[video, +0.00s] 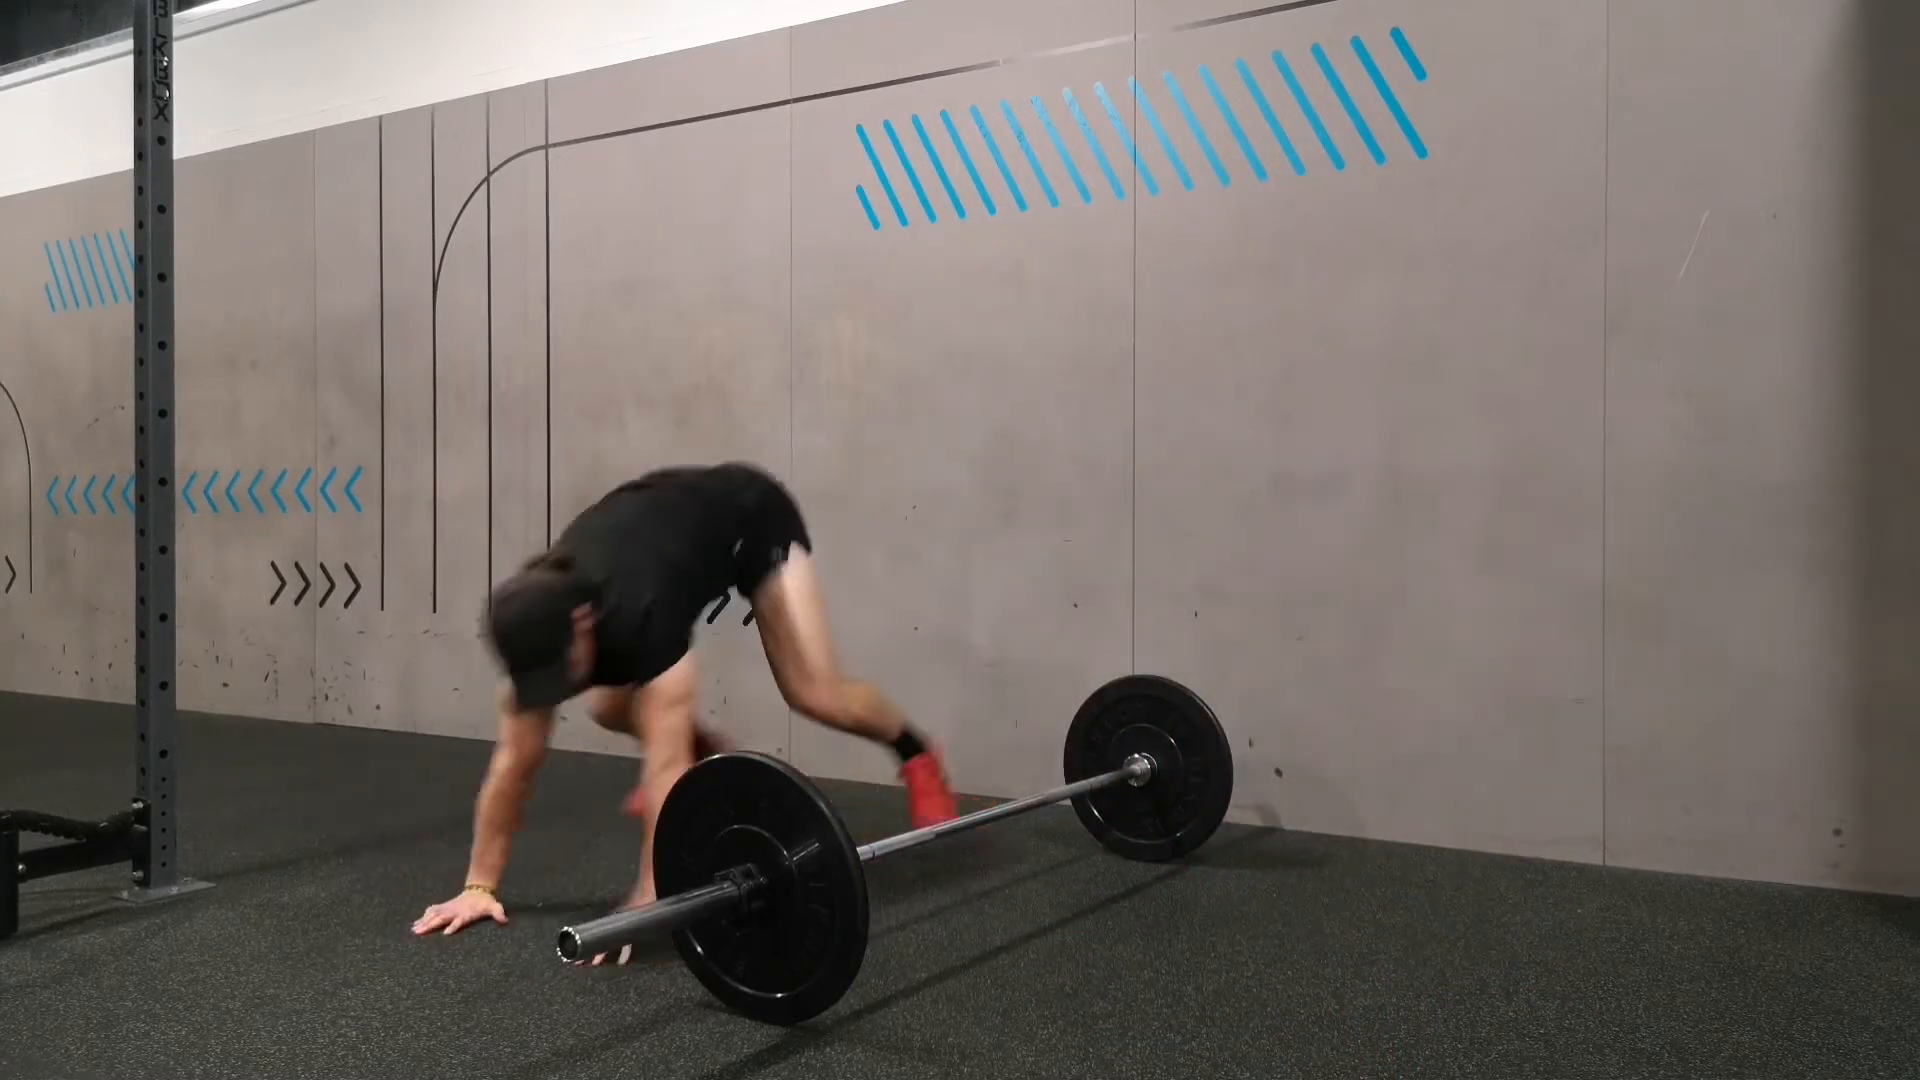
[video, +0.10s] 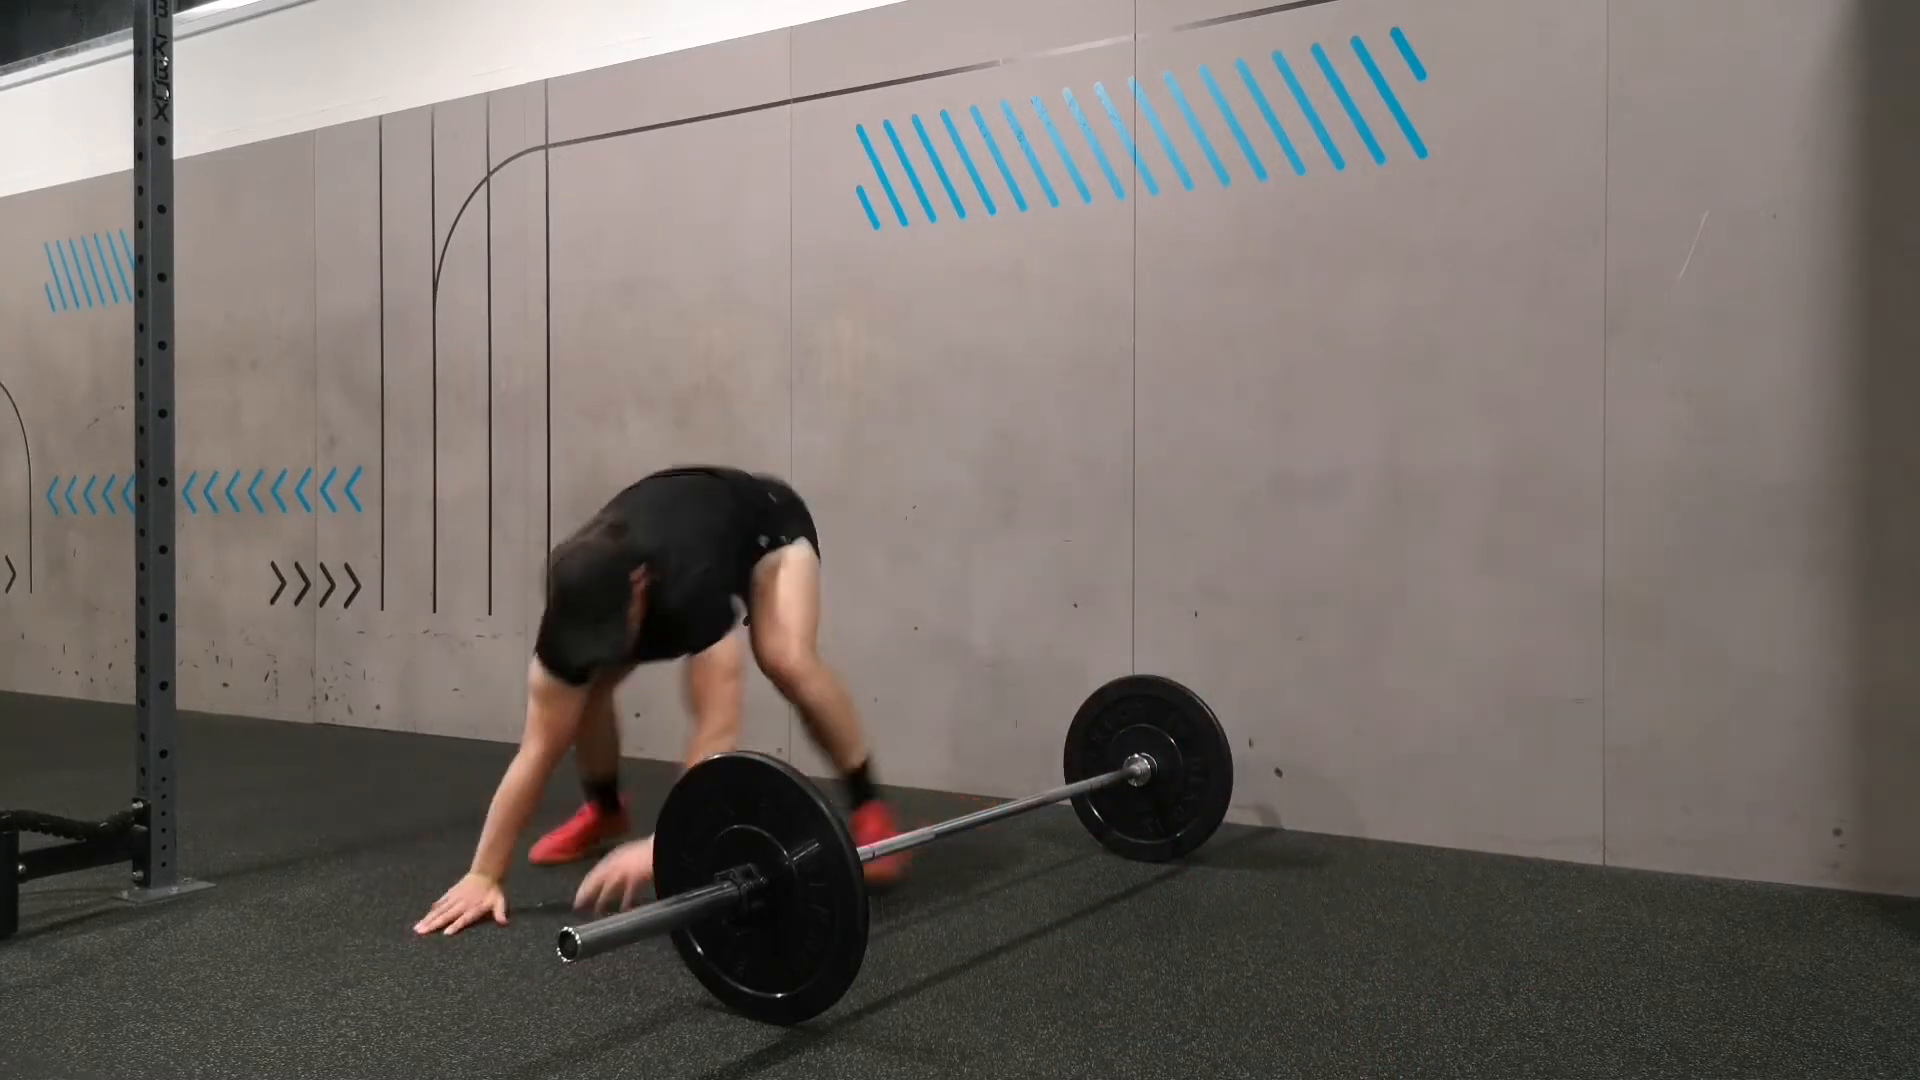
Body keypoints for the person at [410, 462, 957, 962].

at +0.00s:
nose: (564, 681)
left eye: (561, 669)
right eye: (548, 676)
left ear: (582, 623)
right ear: (516, 645)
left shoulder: (644, 607)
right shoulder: (534, 627)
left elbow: (669, 775)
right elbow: (512, 765)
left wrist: (644, 901)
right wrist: (480, 887)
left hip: (749, 513)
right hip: (664, 518)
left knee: (815, 695)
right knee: (612, 704)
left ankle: (916, 750)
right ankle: (710, 755)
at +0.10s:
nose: (596, 663)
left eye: (607, 646)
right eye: (582, 652)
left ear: (638, 591)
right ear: (557, 607)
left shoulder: (694, 589)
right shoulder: (568, 618)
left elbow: (719, 730)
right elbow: (538, 748)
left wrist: (670, 842)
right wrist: (483, 874)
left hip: (764, 518)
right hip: (664, 510)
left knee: (786, 658)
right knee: (583, 687)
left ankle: (869, 805)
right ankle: (604, 810)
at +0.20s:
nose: (642, 611)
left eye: (657, 600)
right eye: (637, 601)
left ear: (687, 558)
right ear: (615, 557)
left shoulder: (741, 554)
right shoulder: (594, 568)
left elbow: (766, 699)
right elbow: (545, 698)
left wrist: (694, 807)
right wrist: (499, 827)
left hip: (778, 572)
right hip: (676, 582)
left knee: (792, 694)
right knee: (581, 714)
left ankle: (859, 840)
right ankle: (602, 821)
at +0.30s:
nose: (713, 491)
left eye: (724, 479)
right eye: (701, 479)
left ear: (748, 459)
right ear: (680, 458)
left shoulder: (792, 479)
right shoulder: (658, 483)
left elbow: (812, 644)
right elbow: (591, 602)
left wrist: (747, 751)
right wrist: (554, 712)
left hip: (804, 579)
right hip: (713, 576)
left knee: (829, 705)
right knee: (609, 712)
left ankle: (860, 845)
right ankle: (602, 819)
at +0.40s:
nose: (776, 391)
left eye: (788, 377)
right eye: (763, 377)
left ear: (811, 357)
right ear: (742, 358)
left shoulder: (856, 399)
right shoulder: (722, 394)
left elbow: (898, 553)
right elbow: (659, 481)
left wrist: (826, 655)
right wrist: (625, 573)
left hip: (849, 542)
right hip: (763, 530)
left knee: (852, 696)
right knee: (656, 666)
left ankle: (862, 842)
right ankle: (628, 786)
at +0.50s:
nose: (805, 301)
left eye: (817, 285)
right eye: (790, 286)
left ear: (842, 267)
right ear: (769, 269)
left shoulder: (893, 321)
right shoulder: (762, 319)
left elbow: (989, 445)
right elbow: (705, 410)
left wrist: (931, 553)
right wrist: (662, 506)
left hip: (913, 481)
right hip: (827, 461)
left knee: (875, 666)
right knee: (705, 579)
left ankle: (865, 836)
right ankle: (740, 701)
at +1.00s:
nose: (1050, 417)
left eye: (1063, 399)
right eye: (1032, 403)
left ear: (1092, 368)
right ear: (1007, 384)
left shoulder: (1152, 406)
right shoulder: (1005, 440)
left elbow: (1258, 544)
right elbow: (978, 588)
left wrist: (1339, 692)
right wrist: (997, 719)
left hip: (1212, 568)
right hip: (1108, 577)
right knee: (1039, 708)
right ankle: (1097, 884)